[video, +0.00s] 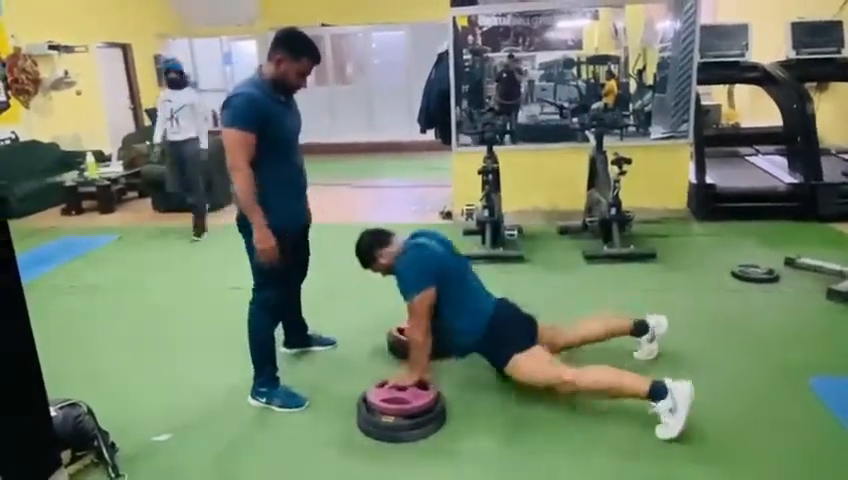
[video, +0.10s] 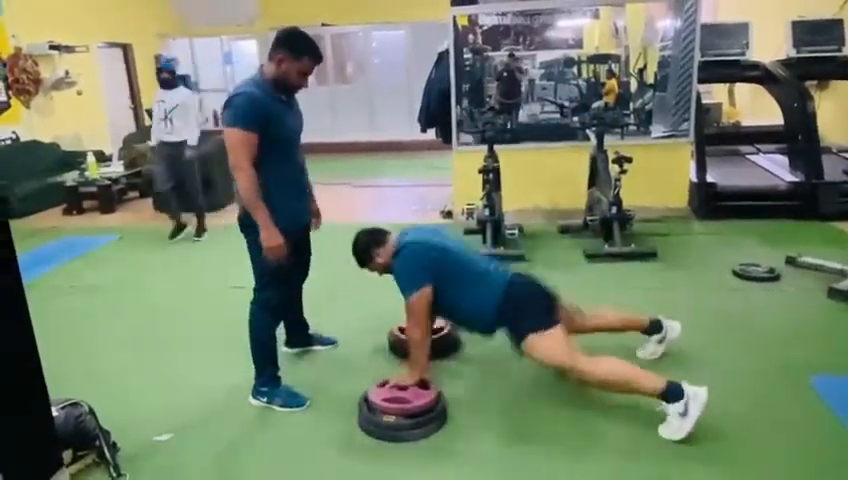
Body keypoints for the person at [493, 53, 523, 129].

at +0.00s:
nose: (510, 63)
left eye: (512, 61)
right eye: (508, 60)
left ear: (514, 61)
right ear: (506, 60)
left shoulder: (518, 70)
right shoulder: (502, 70)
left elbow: (520, 80)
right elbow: (496, 79)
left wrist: (513, 71)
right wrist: (502, 70)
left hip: (514, 100)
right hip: (502, 100)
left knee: (513, 122)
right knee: (502, 121)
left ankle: (514, 138)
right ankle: (501, 137)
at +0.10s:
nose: (510, 62)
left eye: (512, 60)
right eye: (509, 60)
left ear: (515, 60)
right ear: (507, 60)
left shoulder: (518, 69)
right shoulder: (503, 70)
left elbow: (521, 79)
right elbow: (497, 79)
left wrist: (514, 70)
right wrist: (502, 69)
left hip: (515, 100)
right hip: (503, 99)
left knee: (514, 121)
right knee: (503, 120)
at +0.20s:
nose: (511, 61)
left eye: (513, 59)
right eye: (510, 59)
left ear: (515, 59)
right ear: (508, 59)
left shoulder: (519, 69)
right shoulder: (503, 70)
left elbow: (521, 79)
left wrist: (514, 69)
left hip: (516, 99)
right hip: (505, 99)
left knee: (515, 120)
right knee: (505, 119)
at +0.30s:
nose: (512, 60)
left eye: (513, 58)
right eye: (510, 58)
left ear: (516, 59)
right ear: (508, 58)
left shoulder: (519, 68)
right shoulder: (504, 69)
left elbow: (522, 78)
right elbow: (498, 78)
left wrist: (515, 69)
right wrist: (505, 68)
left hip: (516, 99)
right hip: (505, 98)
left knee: (515, 117)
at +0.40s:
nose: (512, 59)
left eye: (514, 57)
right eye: (511, 57)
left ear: (516, 58)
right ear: (509, 57)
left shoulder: (519, 67)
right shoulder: (504, 69)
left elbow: (522, 77)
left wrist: (515, 68)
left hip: (516, 98)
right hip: (505, 98)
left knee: (515, 117)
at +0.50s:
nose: (512, 59)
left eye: (514, 57)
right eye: (511, 57)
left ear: (516, 57)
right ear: (509, 57)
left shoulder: (520, 67)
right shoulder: (504, 68)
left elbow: (522, 76)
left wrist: (515, 67)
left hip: (517, 97)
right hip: (505, 97)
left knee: (515, 117)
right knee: (505, 116)